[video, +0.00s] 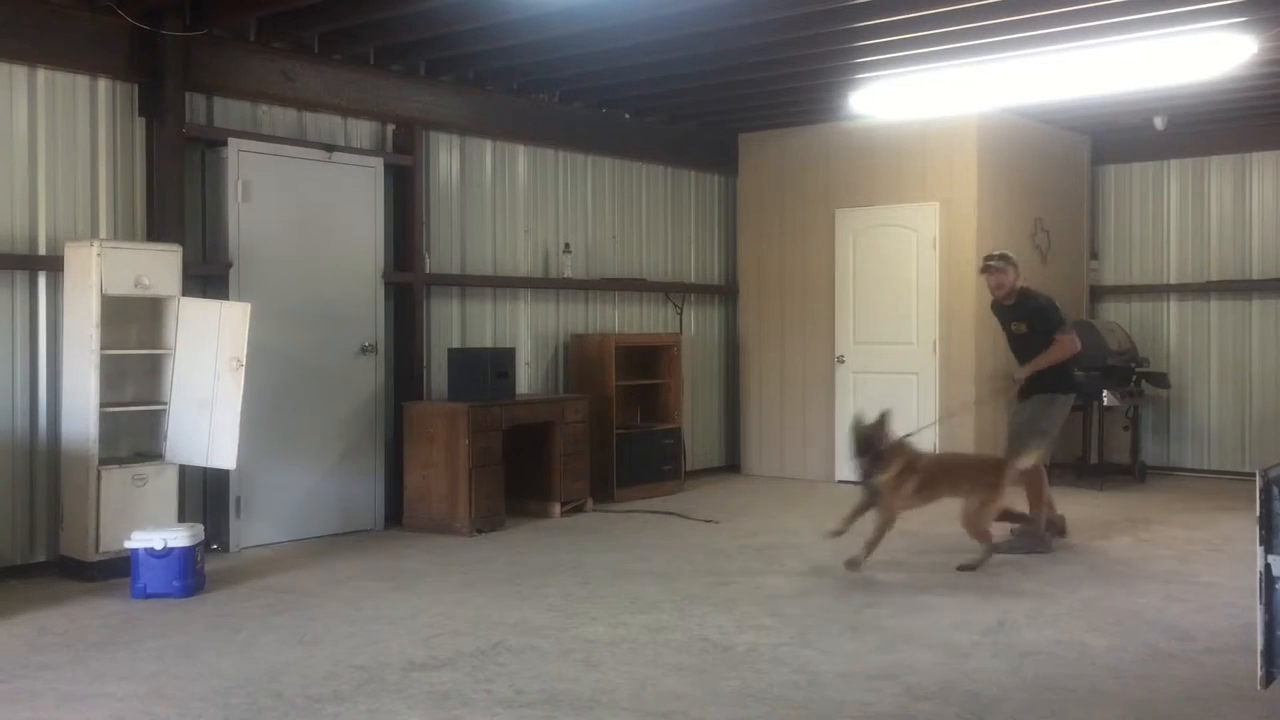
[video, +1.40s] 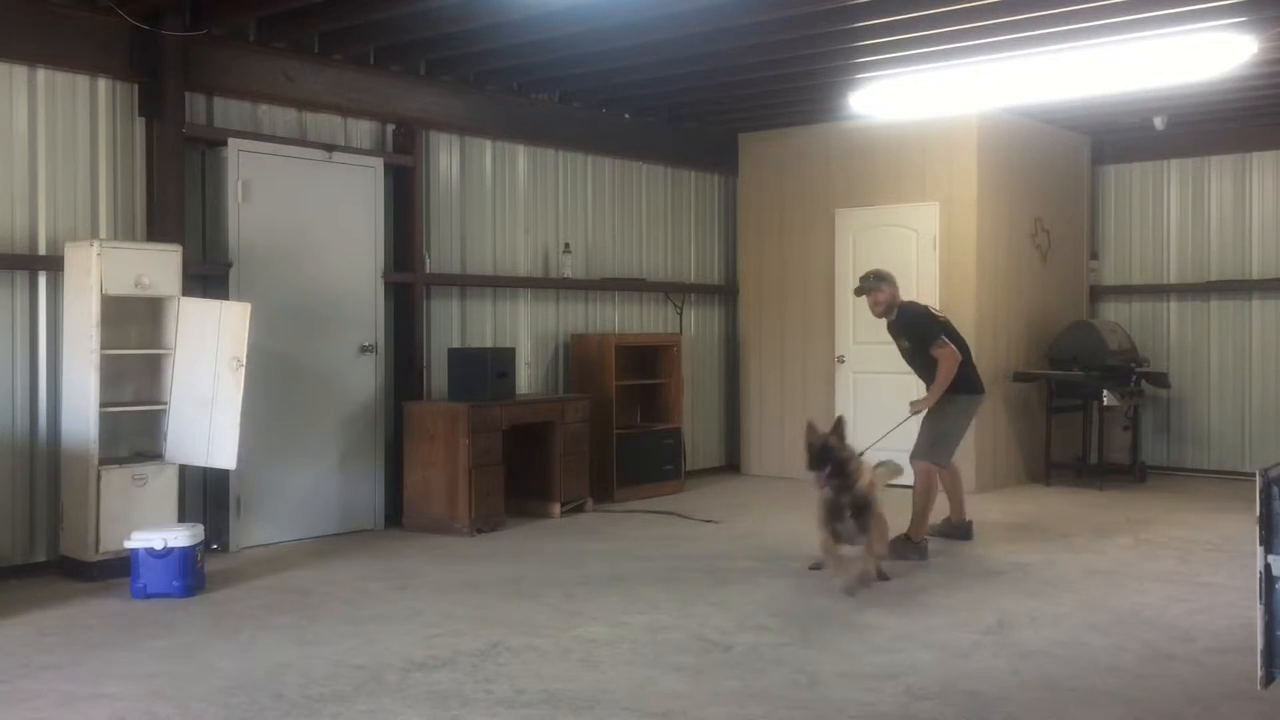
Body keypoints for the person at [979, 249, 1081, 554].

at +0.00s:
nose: (995, 280)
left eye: (1001, 272)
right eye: (990, 274)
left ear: (1016, 275)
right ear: (985, 279)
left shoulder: (1038, 304)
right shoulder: (998, 308)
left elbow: (1070, 344)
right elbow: (1028, 342)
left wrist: (1028, 368)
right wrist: (1026, 375)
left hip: (1056, 388)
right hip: (1031, 388)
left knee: (1030, 455)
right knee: (1021, 455)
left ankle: (1036, 531)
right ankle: (1050, 518)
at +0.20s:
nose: (986, 277)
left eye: (992, 270)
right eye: (981, 272)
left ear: (1008, 272)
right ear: (978, 277)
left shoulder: (1025, 302)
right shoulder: (994, 305)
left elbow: (1032, 355)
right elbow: (1019, 346)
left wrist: (990, 378)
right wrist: (1012, 375)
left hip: (1051, 387)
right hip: (1026, 386)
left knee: (1024, 455)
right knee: (996, 449)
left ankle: (1037, 533)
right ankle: (1038, 509)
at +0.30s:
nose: (978, 274)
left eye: (984, 268)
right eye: (973, 269)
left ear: (1000, 270)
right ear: (969, 275)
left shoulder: (1014, 299)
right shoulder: (988, 303)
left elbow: (1013, 355)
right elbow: (1010, 349)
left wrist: (974, 386)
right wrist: (1000, 375)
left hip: (1043, 387)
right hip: (1019, 386)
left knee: (1016, 457)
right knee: (989, 446)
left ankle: (1037, 533)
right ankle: (1013, 517)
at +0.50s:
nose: (953, 278)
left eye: (959, 271)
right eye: (948, 273)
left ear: (974, 273)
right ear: (945, 279)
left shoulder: (988, 301)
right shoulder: (967, 307)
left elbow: (993, 355)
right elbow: (987, 352)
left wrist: (956, 387)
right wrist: (979, 379)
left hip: (1018, 389)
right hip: (997, 389)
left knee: (986, 453)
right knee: (967, 450)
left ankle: (1021, 518)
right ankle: (972, 524)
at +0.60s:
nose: (941, 284)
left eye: (946, 277)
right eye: (937, 279)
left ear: (961, 278)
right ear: (935, 284)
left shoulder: (977, 307)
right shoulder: (957, 309)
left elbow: (989, 357)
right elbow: (981, 356)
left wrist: (953, 388)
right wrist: (967, 385)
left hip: (1000, 391)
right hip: (991, 390)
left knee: (953, 450)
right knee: (969, 450)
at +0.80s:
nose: (916, 292)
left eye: (922, 285)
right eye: (912, 287)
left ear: (938, 285)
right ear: (909, 291)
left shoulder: (952, 314)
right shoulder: (936, 317)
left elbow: (979, 362)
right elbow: (962, 359)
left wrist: (949, 390)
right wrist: (953, 391)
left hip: (985, 397)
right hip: (973, 396)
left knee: (949, 460)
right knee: (943, 458)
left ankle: (925, 532)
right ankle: (970, 526)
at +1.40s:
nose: (872, 300)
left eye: (876, 292)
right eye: (867, 295)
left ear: (893, 291)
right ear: (868, 298)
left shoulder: (911, 316)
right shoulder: (897, 321)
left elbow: (951, 356)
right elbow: (936, 356)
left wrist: (930, 398)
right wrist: (937, 392)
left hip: (959, 392)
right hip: (955, 392)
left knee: (922, 461)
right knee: (942, 460)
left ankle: (915, 539)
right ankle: (959, 522)